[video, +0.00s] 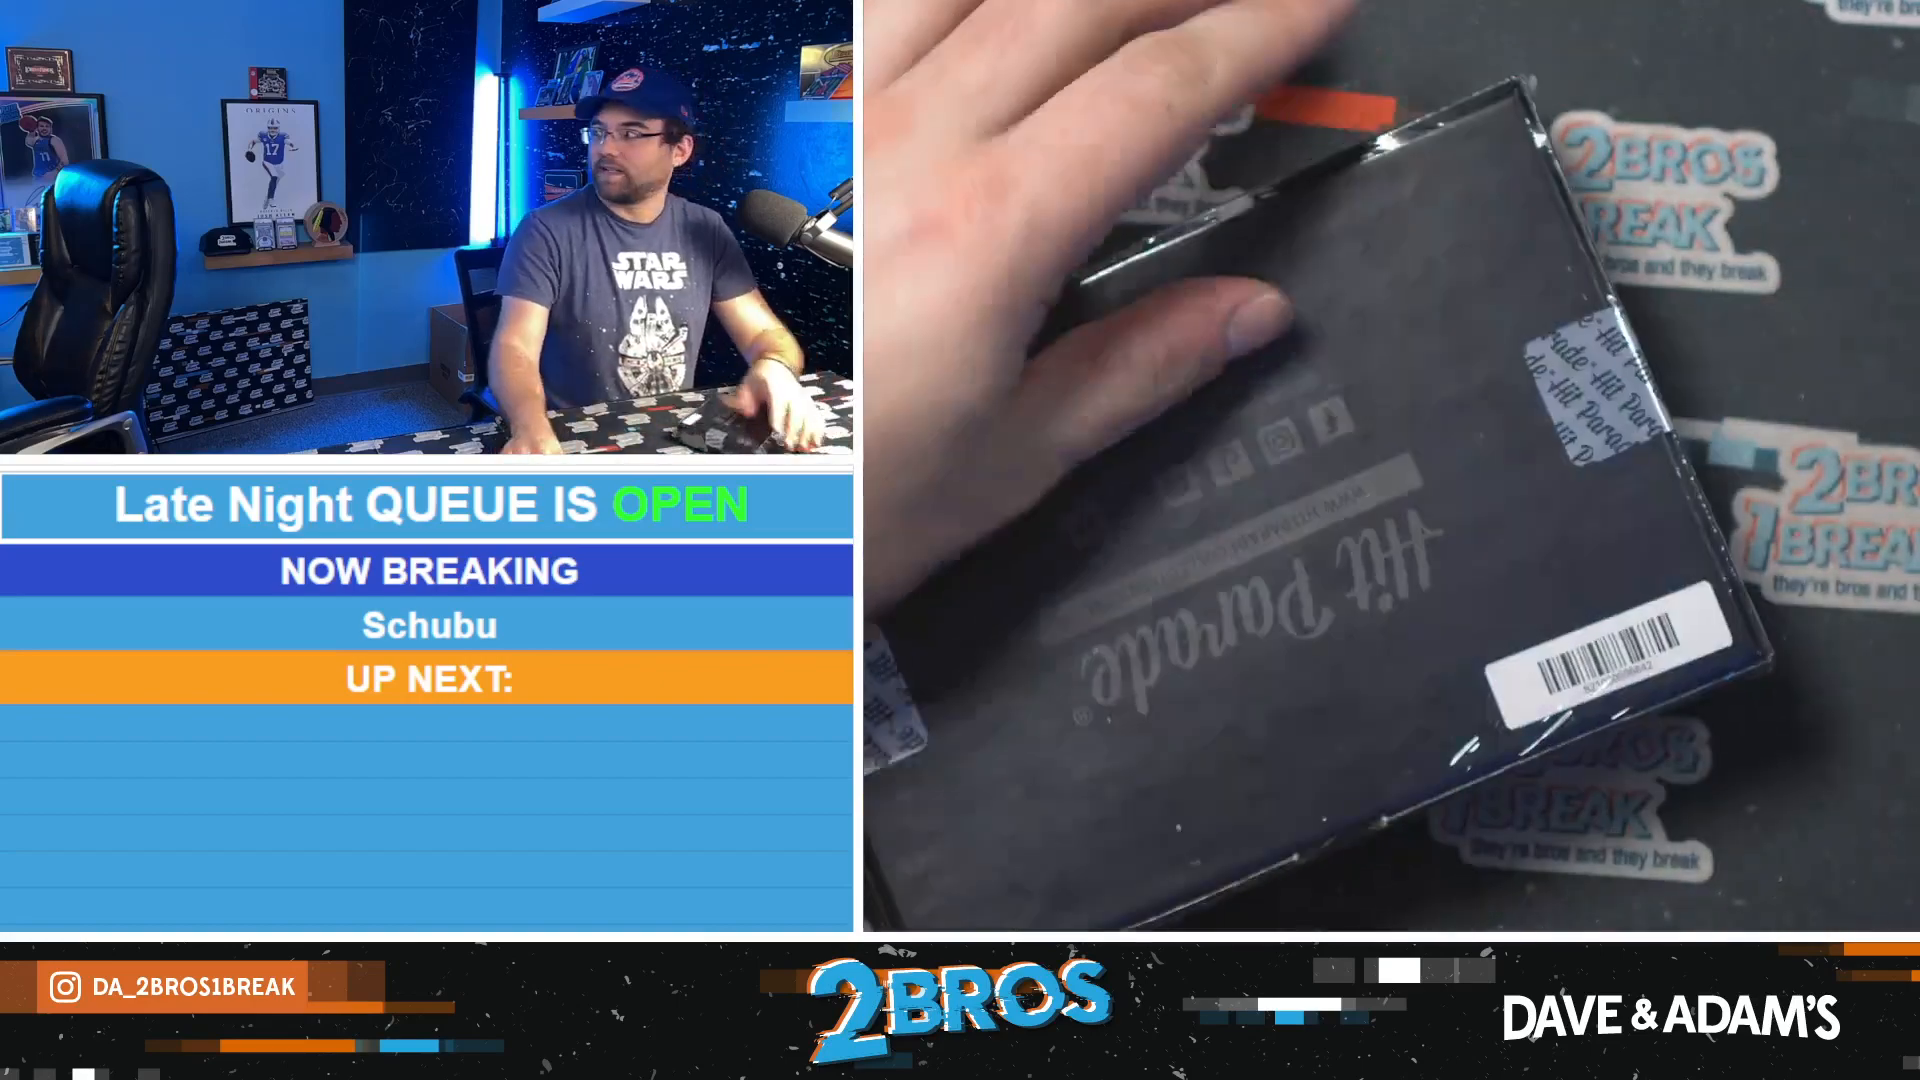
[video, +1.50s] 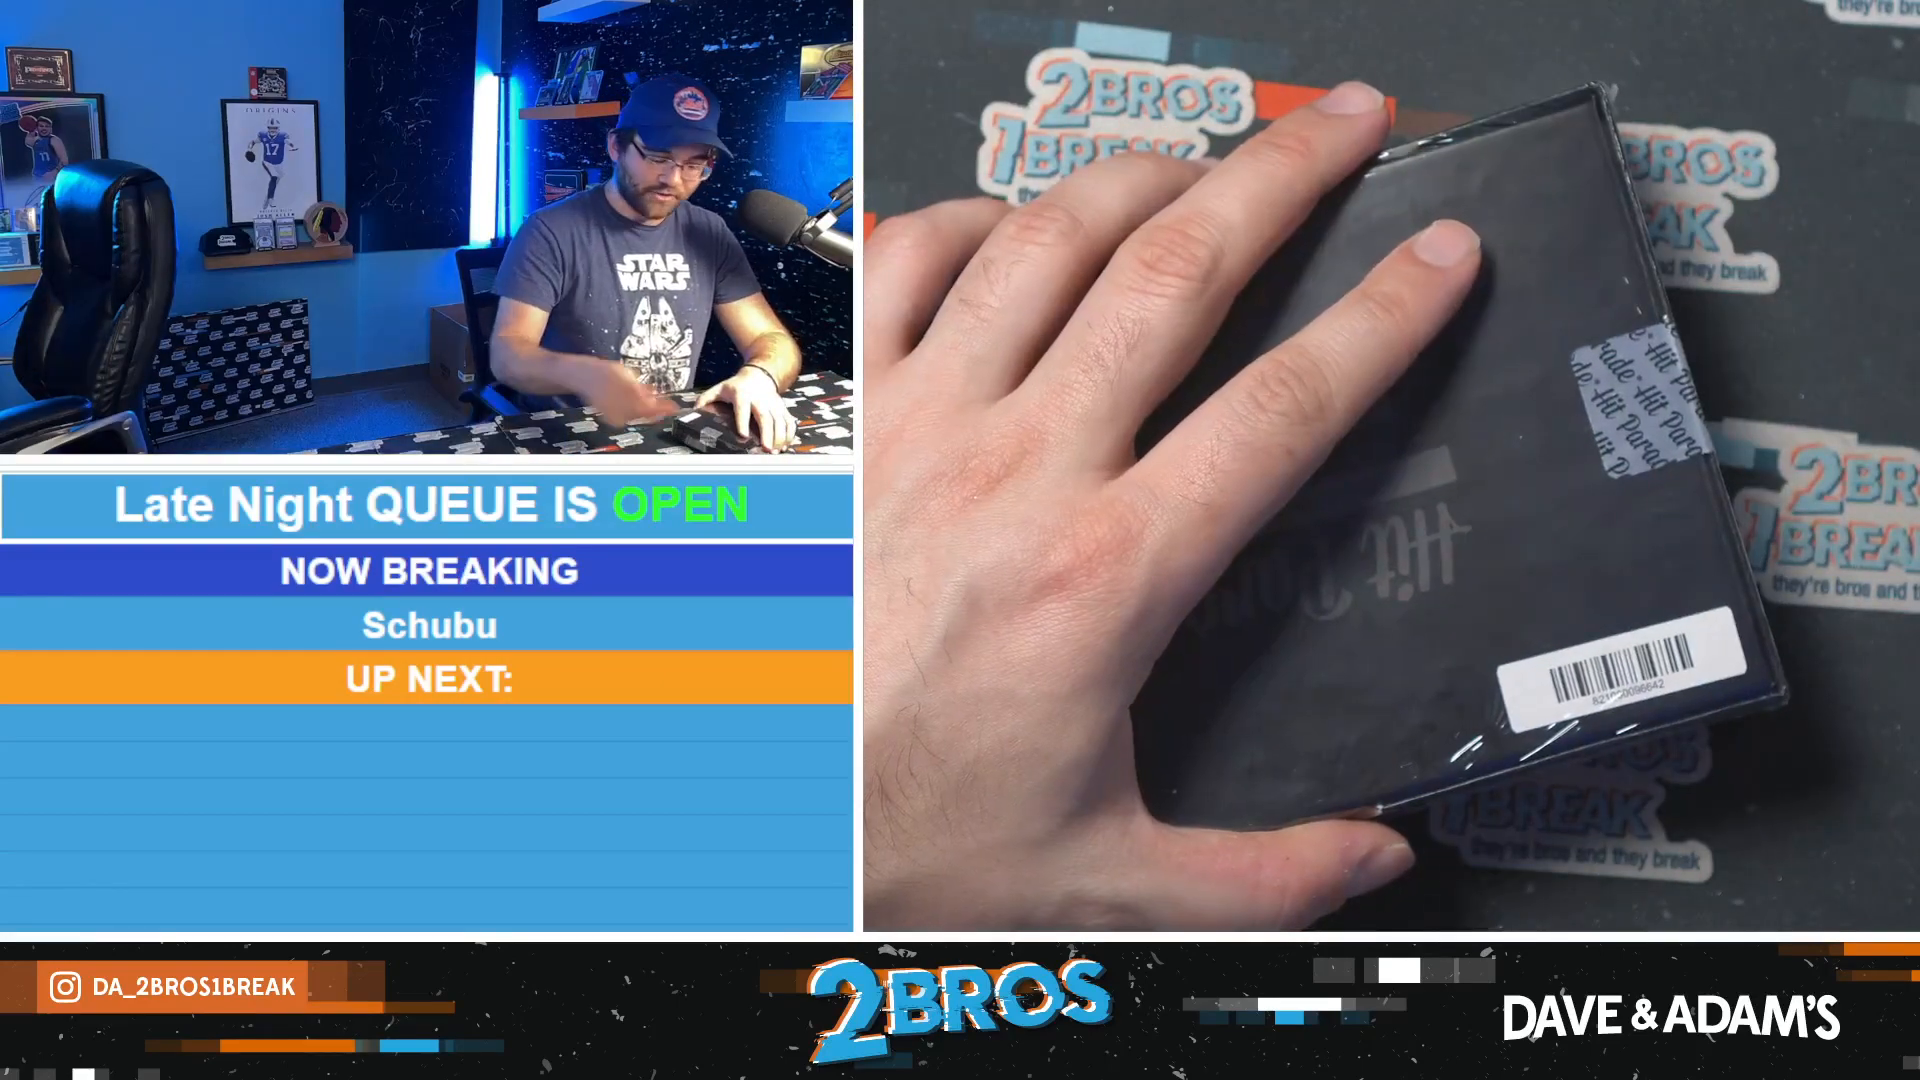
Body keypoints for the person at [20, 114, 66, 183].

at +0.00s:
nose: (44, 128)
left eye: (47, 126)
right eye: (41, 126)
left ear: (51, 128)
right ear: (37, 128)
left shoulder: (54, 140)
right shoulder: (35, 140)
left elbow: (64, 160)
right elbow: (28, 142)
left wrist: (54, 173)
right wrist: (31, 133)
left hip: (50, 177)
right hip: (37, 176)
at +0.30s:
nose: (44, 128)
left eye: (47, 126)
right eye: (41, 126)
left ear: (50, 128)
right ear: (37, 128)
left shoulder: (54, 140)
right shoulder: (35, 140)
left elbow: (64, 160)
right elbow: (28, 141)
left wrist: (54, 172)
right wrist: (31, 133)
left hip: (50, 177)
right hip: (37, 176)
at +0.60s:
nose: (44, 128)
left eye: (47, 126)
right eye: (41, 126)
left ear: (51, 128)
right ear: (37, 128)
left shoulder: (54, 140)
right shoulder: (35, 140)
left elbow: (64, 160)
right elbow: (28, 142)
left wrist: (54, 173)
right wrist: (31, 133)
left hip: (50, 176)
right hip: (37, 175)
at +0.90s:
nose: (44, 128)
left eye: (47, 126)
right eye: (41, 126)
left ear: (50, 128)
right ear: (37, 128)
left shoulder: (54, 140)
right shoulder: (35, 140)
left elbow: (64, 160)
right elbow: (28, 141)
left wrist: (53, 173)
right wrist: (30, 132)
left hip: (50, 177)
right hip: (37, 176)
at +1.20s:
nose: (44, 128)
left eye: (47, 126)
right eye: (41, 126)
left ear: (50, 128)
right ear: (37, 128)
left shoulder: (54, 140)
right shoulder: (35, 140)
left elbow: (64, 160)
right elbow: (28, 141)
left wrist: (53, 173)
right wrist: (30, 132)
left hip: (50, 177)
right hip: (37, 176)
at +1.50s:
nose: (44, 128)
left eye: (47, 126)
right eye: (41, 126)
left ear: (50, 128)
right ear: (37, 128)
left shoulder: (54, 140)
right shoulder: (35, 140)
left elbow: (64, 160)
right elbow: (28, 141)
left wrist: (53, 173)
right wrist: (31, 132)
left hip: (50, 177)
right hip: (37, 176)